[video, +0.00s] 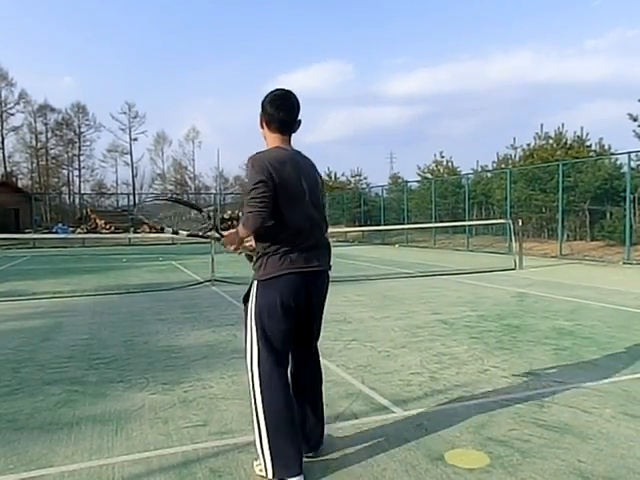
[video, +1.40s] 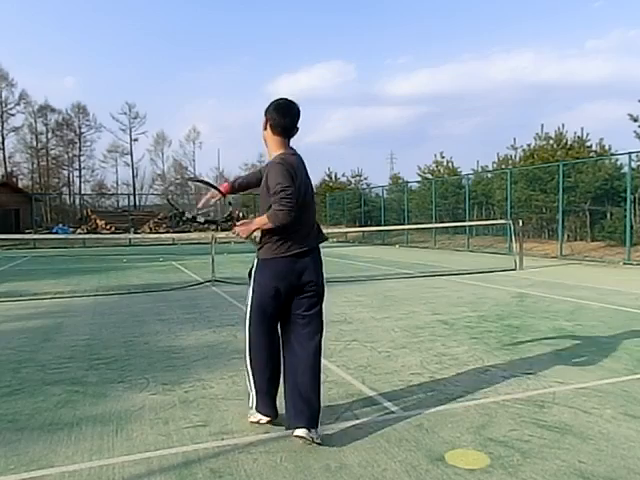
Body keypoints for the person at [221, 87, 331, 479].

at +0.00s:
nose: (259, 124)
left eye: (259, 119)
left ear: (262, 122)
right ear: (296, 123)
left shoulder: (261, 163)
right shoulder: (309, 166)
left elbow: (258, 217)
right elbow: (310, 223)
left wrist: (239, 232)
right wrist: (252, 237)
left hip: (277, 279)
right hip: (315, 275)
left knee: (267, 369)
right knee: (306, 354)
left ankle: (281, 465)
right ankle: (310, 438)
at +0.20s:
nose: (279, 127)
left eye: (273, 122)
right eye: (302, 123)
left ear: (270, 126)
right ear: (307, 127)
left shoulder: (253, 172)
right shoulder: (324, 174)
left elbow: (232, 224)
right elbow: (344, 224)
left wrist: (261, 226)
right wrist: (314, 235)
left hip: (267, 281)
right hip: (309, 282)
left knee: (260, 356)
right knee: (305, 360)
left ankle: (274, 443)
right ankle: (303, 438)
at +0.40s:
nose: (301, 128)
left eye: (273, 122)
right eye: (304, 123)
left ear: (272, 126)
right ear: (307, 127)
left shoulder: (259, 169)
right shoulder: (314, 171)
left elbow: (262, 210)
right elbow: (345, 219)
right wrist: (344, 214)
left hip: (262, 277)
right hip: (301, 280)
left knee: (254, 344)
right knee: (303, 355)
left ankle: (236, 421)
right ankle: (298, 440)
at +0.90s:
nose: (305, 128)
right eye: (305, 123)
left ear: (272, 129)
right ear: (304, 129)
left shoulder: (258, 171)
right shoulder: (304, 175)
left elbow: (247, 186)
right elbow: (337, 197)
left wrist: (284, 159)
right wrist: (369, 161)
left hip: (260, 279)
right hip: (297, 282)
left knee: (247, 348)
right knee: (300, 359)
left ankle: (221, 422)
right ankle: (297, 439)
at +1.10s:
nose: (270, 129)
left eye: (268, 124)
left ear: (269, 128)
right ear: (301, 127)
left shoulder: (259, 173)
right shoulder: (323, 171)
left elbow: (227, 200)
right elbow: (362, 193)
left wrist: (245, 173)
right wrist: (375, 153)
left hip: (268, 274)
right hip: (310, 278)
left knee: (249, 342)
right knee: (305, 353)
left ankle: (229, 417)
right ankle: (299, 437)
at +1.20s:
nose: (268, 128)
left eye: (267, 123)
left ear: (270, 126)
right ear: (301, 126)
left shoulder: (267, 174)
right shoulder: (316, 165)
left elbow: (233, 217)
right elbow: (331, 171)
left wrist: (236, 217)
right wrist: (346, 141)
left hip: (271, 269)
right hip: (310, 270)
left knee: (251, 337)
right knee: (304, 348)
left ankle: (237, 412)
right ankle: (301, 433)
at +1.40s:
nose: (261, 128)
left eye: (263, 122)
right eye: (265, 122)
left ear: (266, 126)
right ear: (294, 130)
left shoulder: (277, 167)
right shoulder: (296, 163)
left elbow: (284, 211)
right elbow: (257, 178)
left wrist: (254, 224)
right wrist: (225, 189)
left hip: (274, 266)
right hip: (307, 264)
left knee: (261, 334)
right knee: (304, 338)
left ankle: (264, 408)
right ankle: (305, 422)